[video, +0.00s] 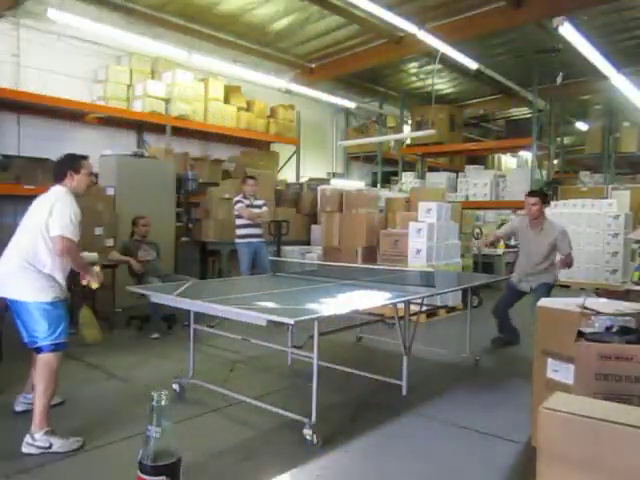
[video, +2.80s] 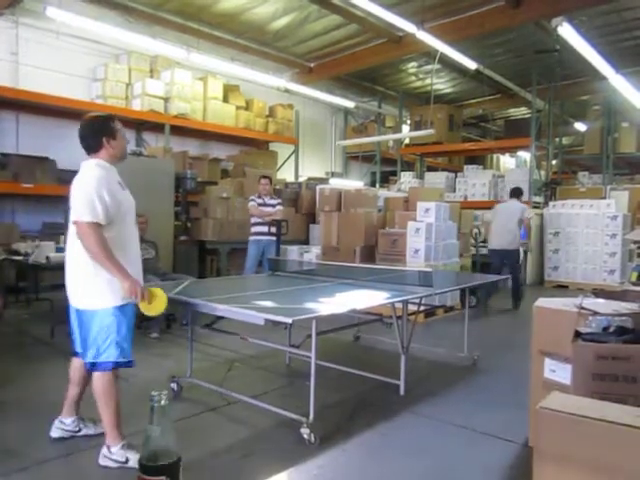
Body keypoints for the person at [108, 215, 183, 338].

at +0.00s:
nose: (147, 229)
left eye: (148, 226)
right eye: (143, 226)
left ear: (150, 227)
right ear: (135, 228)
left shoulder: (154, 245)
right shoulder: (128, 245)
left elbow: (157, 262)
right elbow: (111, 256)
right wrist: (130, 260)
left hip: (160, 275)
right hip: (144, 276)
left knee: (190, 282)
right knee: (157, 288)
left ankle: (190, 320)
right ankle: (154, 328)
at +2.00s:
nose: (146, 228)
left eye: (147, 225)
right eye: (143, 225)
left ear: (149, 226)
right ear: (135, 227)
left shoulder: (154, 245)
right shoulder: (128, 244)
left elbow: (158, 262)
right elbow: (112, 255)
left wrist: (162, 272)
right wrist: (130, 260)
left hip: (161, 274)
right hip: (145, 276)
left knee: (192, 283)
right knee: (159, 293)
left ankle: (189, 320)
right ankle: (154, 329)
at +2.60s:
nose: (140, 226)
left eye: (143, 223)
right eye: (136, 223)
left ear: (146, 225)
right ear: (131, 226)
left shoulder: (152, 244)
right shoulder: (126, 244)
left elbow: (155, 264)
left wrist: (165, 274)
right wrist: (128, 260)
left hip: (158, 274)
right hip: (142, 276)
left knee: (189, 281)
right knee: (158, 290)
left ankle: (186, 320)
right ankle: (154, 328)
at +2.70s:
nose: (140, 226)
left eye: (143, 223)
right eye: (136, 223)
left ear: (147, 225)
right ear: (131, 225)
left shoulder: (152, 244)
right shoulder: (128, 244)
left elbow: (156, 263)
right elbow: (130, 262)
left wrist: (161, 273)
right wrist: (141, 272)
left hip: (159, 274)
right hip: (143, 275)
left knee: (189, 281)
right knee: (162, 290)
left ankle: (186, 318)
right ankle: (155, 327)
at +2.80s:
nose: (142, 226)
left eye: (144, 223)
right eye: (139, 224)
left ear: (147, 225)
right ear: (134, 225)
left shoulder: (152, 245)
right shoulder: (130, 243)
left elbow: (156, 266)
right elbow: (132, 266)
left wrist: (165, 274)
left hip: (157, 274)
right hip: (142, 275)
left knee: (190, 282)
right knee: (158, 288)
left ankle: (186, 319)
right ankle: (154, 327)